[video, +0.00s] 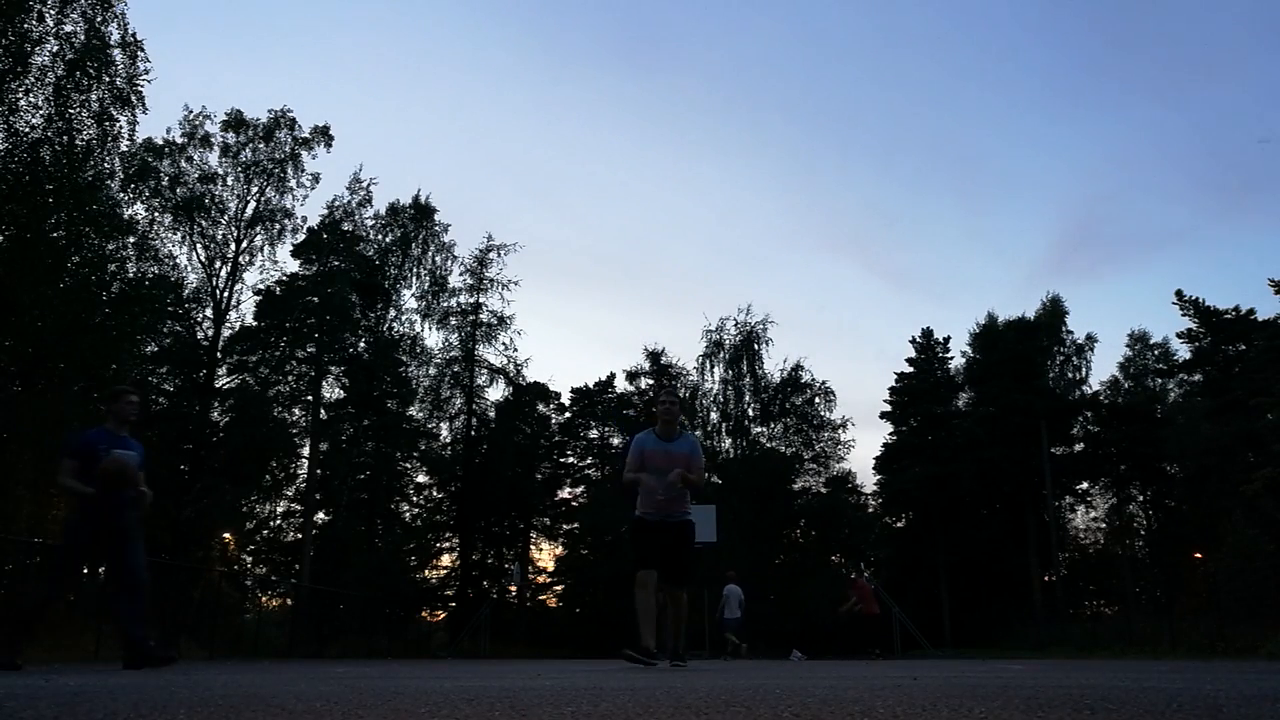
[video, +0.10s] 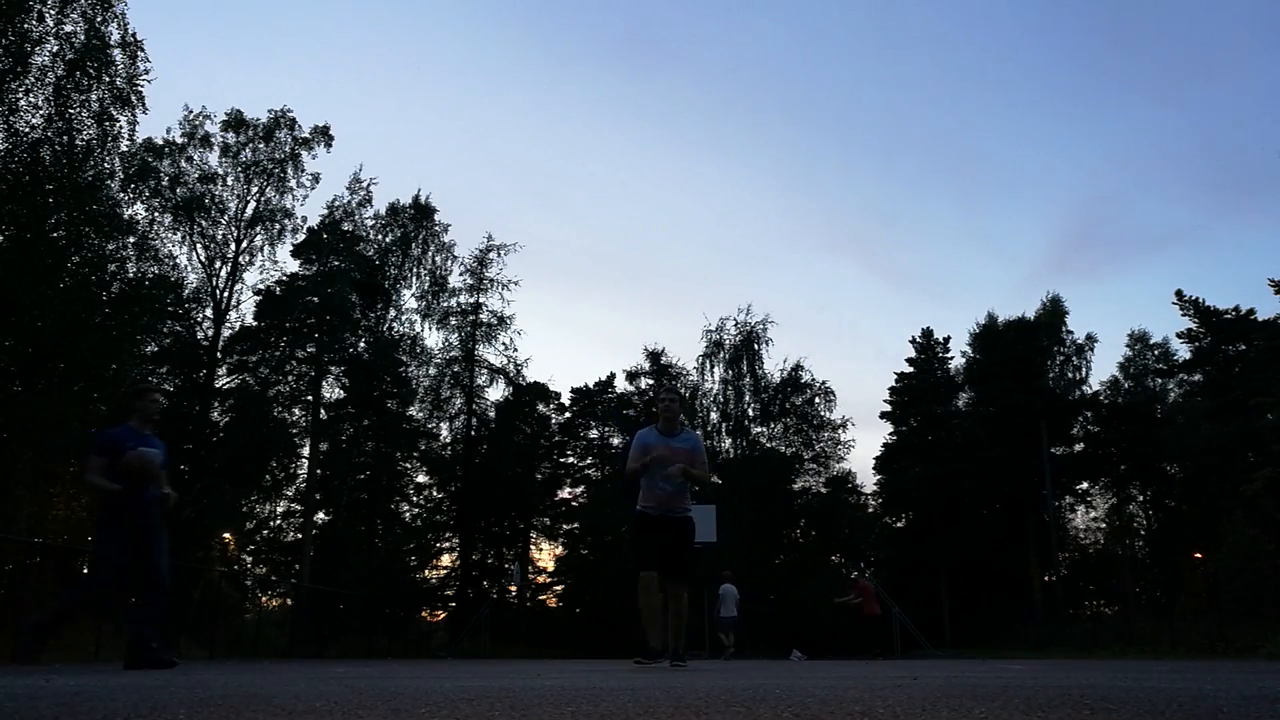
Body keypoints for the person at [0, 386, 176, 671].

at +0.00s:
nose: (133, 410)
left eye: (136, 405)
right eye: (128, 404)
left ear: (137, 411)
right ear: (113, 406)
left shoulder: (135, 447)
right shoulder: (90, 439)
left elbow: (138, 482)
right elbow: (66, 478)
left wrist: (144, 491)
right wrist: (92, 492)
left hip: (124, 524)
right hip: (89, 521)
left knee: (131, 584)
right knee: (60, 582)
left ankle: (136, 651)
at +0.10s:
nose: (158, 407)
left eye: (159, 402)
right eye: (153, 402)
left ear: (157, 408)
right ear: (138, 405)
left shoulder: (157, 444)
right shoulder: (114, 437)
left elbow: (161, 481)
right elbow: (93, 476)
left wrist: (167, 492)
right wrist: (121, 489)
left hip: (148, 522)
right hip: (117, 521)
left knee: (152, 584)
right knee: (107, 585)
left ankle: (144, 651)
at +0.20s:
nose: (179, 401)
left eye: (181, 397)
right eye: (175, 396)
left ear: (177, 401)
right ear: (160, 397)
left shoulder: (177, 437)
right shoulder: (137, 431)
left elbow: (182, 473)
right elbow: (114, 470)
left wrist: (190, 488)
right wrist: (142, 483)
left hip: (168, 514)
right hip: (140, 514)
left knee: (163, 582)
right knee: (142, 581)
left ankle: (157, 649)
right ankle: (138, 651)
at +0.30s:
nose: (200, 397)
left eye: (201, 393)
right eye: (195, 392)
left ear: (198, 398)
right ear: (179, 394)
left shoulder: (197, 434)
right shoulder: (157, 427)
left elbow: (203, 470)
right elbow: (135, 468)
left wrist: (213, 488)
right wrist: (161, 480)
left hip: (184, 511)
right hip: (156, 510)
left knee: (173, 577)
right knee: (167, 576)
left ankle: (159, 649)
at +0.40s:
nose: (221, 400)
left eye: (221, 396)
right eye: (216, 395)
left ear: (214, 400)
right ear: (200, 397)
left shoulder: (213, 434)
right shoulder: (177, 430)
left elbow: (222, 471)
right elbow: (154, 472)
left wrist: (238, 496)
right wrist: (183, 485)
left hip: (201, 513)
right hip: (175, 512)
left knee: (173, 580)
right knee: (193, 577)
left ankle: (147, 650)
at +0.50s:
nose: (239, 405)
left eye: (240, 401)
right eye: (234, 400)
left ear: (235, 406)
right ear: (219, 402)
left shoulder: (232, 441)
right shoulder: (198, 435)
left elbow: (242, 479)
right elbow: (176, 476)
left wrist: (259, 509)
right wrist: (199, 489)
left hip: (215, 521)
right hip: (194, 521)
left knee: (181, 583)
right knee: (224, 581)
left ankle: (148, 648)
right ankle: (240, 651)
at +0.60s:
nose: (260, 404)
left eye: (260, 399)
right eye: (255, 399)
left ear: (251, 404)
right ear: (238, 401)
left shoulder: (252, 439)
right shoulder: (219, 434)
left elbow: (258, 484)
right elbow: (198, 476)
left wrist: (273, 520)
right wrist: (225, 487)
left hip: (239, 519)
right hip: (218, 519)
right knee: (244, 579)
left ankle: (164, 641)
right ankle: (246, 652)